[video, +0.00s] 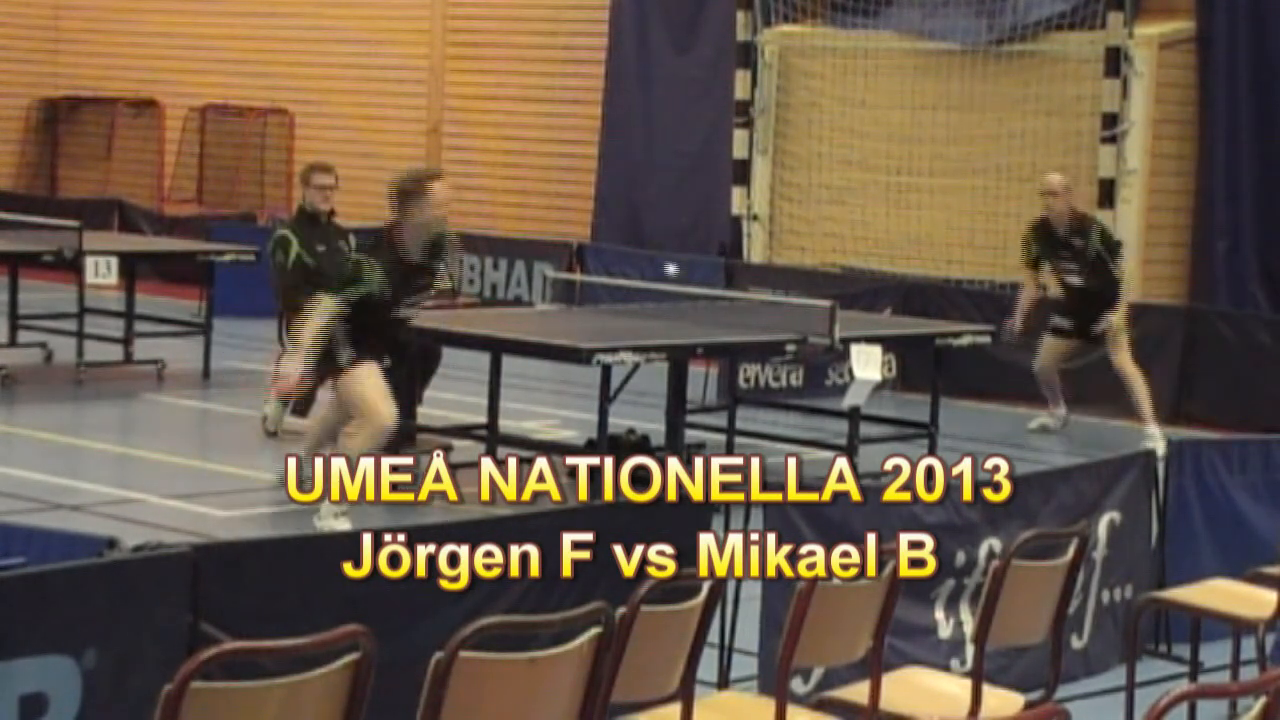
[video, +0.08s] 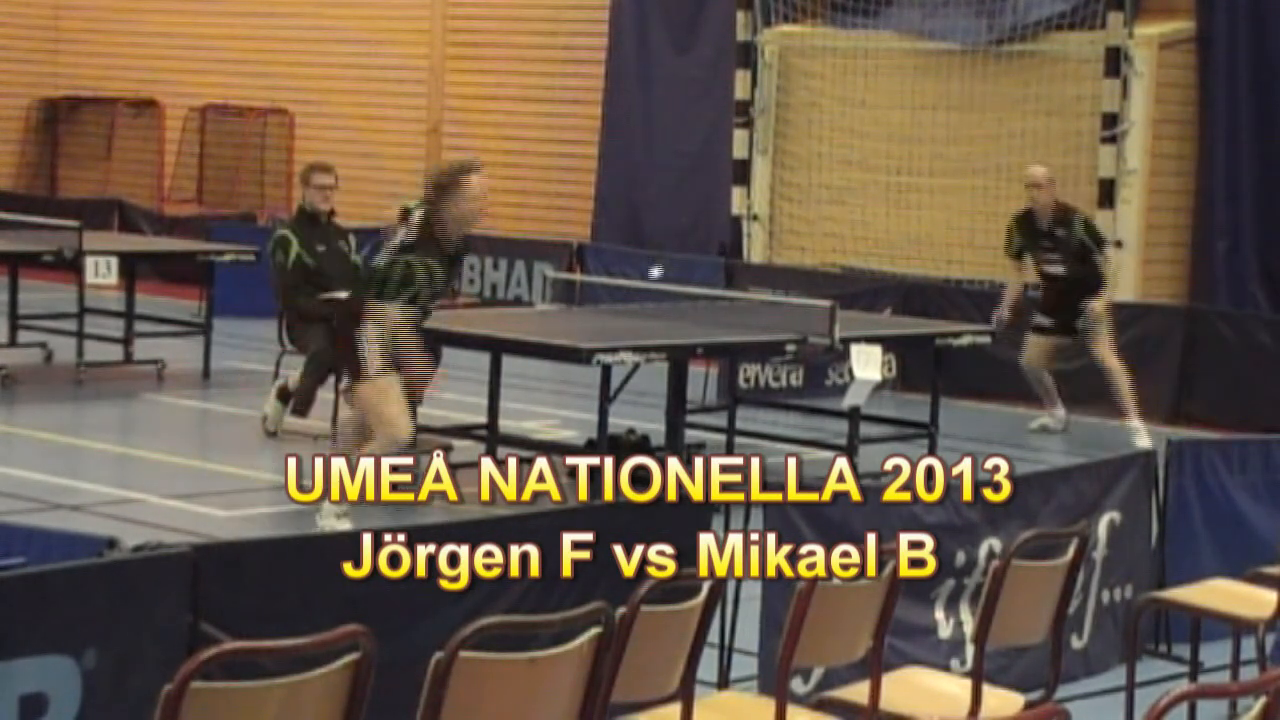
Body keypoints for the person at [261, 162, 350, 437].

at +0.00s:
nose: (326, 194)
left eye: (331, 188)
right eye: (319, 188)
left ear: (336, 191)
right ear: (304, 190)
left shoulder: (343, 235)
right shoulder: (287, 236)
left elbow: (352, 279)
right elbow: (290, 295)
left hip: (342, 324)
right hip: (306, 324)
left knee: (347, 400)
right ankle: (278, 406)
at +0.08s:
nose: (327, 194)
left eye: (331, 188)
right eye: (320, 188)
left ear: (336, 191)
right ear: (304, 190)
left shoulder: (343, 235)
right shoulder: (289, 235)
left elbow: (358, 278)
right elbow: (290, 295)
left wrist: (352, 302)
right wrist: (331, 308)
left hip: (344, 317)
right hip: (306, 317)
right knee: (325, 352)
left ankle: (361, 413)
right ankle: (286, 397)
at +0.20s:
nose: (327, 194)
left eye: (331, 188)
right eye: (320, 188)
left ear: (337, 191)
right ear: (303, 190)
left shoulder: (343, 235)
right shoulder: (288, 236)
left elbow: (357, 278)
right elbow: (290, 294)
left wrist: (362, 304)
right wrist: (329, 312)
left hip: (345, 316)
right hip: (307, 317)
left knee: (395, 345)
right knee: (328, 353)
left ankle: (362, 392)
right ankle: (284, 394)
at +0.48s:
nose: (337, 195)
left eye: (339, 189)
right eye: (331, 188)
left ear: (339, 192)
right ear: (310, 190)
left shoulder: (342, 235)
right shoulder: (289, 236)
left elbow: (359, 280)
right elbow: (292, 296)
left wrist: (371, 302)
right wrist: (336, 311)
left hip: (350, 317)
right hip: (308, 318)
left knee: (416, 353)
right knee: (328, 353)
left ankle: (362, 392)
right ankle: (282, 395)